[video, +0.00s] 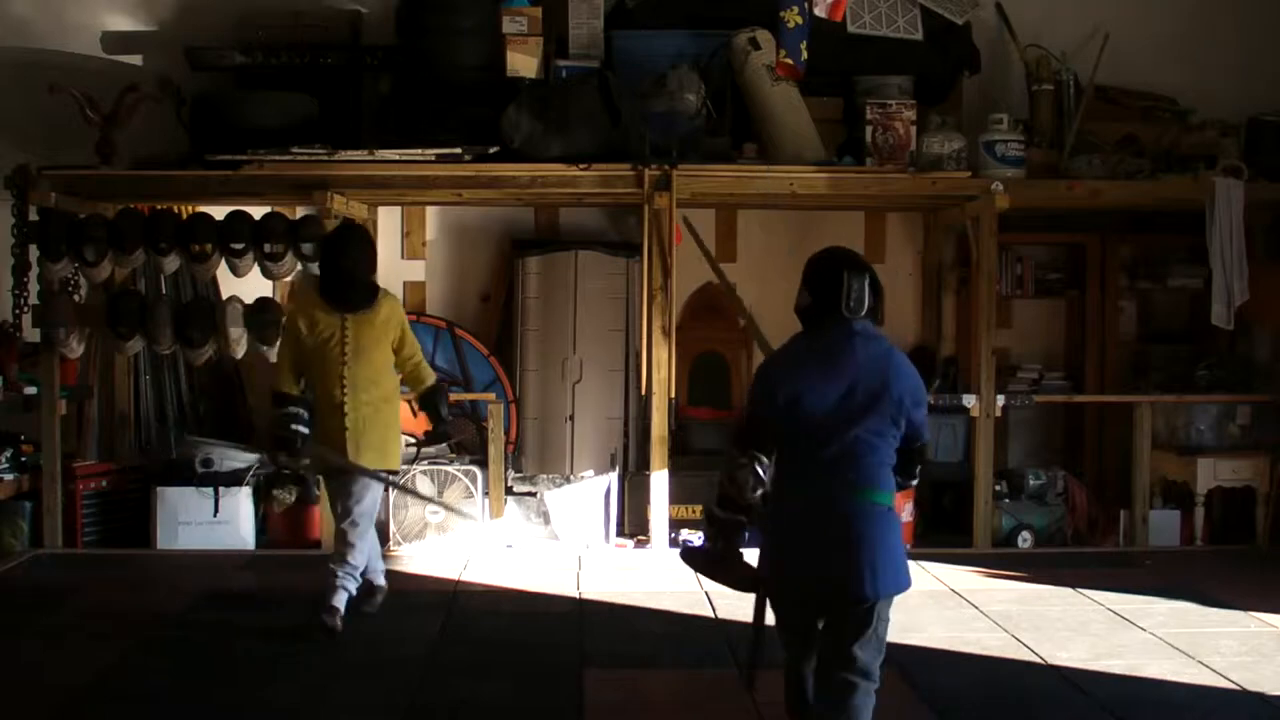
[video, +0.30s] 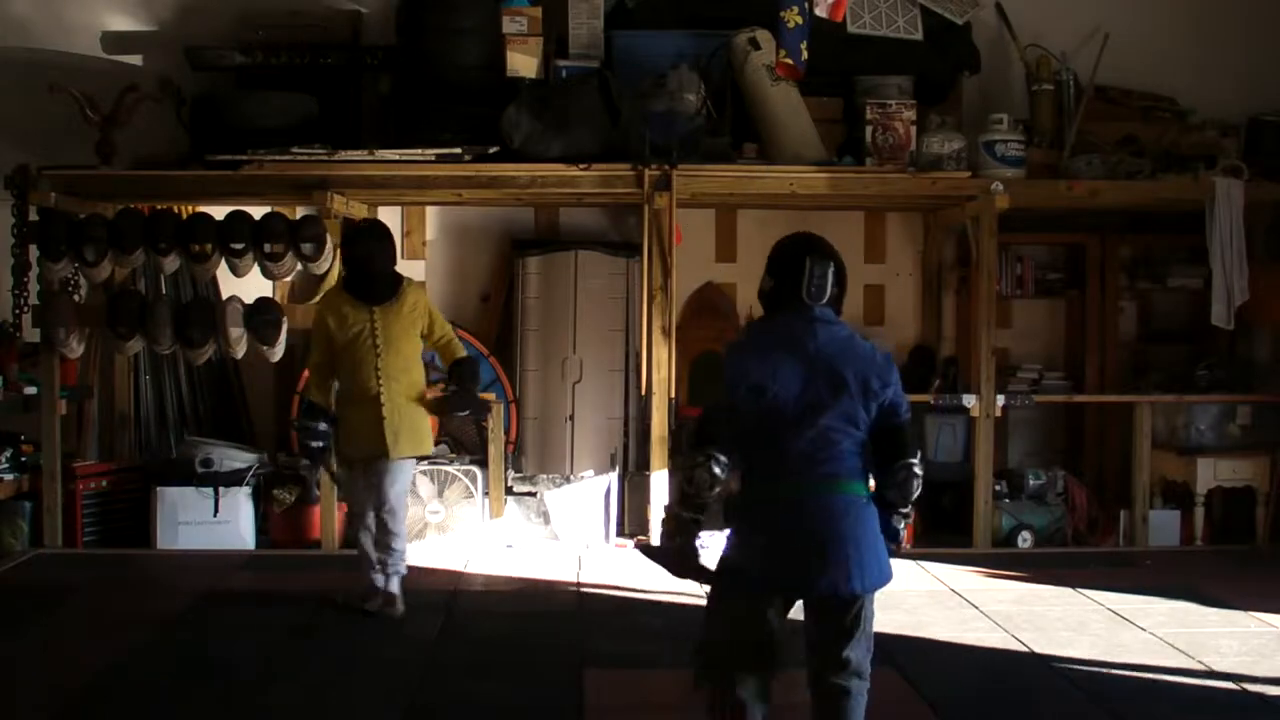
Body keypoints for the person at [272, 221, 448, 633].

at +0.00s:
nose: (349, 291)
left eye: (356, 279)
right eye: (341, 280)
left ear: (368, 272)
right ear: (328, 274)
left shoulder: (387, 309)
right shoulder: (306, 308)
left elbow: (412, 362)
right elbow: (288, 367)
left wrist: (437, 406)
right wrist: (288, 412)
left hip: (374, 429)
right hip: (327, 429)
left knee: (356, 514)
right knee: (347, 511)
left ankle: (338, 594)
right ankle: (375, 578)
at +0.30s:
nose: (364, 266)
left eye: (372, 256)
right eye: (356, 257)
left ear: (389, 256)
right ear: (346, 259)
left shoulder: (413, 299)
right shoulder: (332, 306)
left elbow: (444, 339)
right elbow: (321, 373)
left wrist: (465, 374)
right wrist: (313, 426)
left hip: (404, 420)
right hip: (355, 424)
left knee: (391, 502)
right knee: (362, 510)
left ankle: (393, 585)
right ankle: (374, 583)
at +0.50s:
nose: (394, 272)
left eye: (400, 262)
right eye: (386, 262)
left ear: (414, 259)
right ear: (373, 262)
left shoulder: (437, 294)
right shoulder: (355, 302)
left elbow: (471, 335)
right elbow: (331, 358)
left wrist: (474, 371)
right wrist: (323, 400)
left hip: (428, 416)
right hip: (374, 420)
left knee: (439, 500)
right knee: (374, 509)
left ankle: (464, 575)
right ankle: (379, 584)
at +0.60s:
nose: (406, 268)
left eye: (414, 259)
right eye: (399, 259)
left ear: (429, 259)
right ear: (387, 260)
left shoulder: (452, 297)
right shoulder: (369, 302)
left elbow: (489, 335)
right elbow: (345, 357)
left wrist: (485, 371)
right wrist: (320, 400)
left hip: (441, 419)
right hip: (385, 424)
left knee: (466, 503)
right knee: (379, 512)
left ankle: (490, 571)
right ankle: (380, 586)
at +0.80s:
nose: (448, 273)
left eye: (454, 264)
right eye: (439, 264)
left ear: (467, 263)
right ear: (426, 263)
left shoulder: (489, 301)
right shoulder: (407, 304)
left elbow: (527, 340)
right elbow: (378, 360)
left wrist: (515, 372)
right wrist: (351, 400)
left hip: (475, 423)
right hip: (419, 424)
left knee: (487, 510)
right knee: (400, 509)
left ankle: (501, 576)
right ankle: (383, 585)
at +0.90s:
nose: (466, 270)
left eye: (472, 262)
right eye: (457, 262)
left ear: (485, 262)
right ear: (445, 263)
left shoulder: (507, 303)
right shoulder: (424, 304)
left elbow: (541, 338)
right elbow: (400, 358)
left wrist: (539, 370)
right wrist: (376, 397)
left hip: (490, 421)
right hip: (436, 422)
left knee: (496, 505)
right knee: (414, 501)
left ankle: (502, 575)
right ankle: (389, 578)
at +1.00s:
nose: (485, 275)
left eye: (492, 266)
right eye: (478, 266)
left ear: (502, 265)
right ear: (462, 264)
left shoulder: (517, 303)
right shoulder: (438, 301)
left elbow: (546, 342)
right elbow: (415, 360)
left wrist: (553, 377)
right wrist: (393, 406)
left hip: (500, 421)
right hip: (448, 420)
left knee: (502, 504)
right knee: (426, 498)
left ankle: (503, 575)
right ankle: (402, 574)